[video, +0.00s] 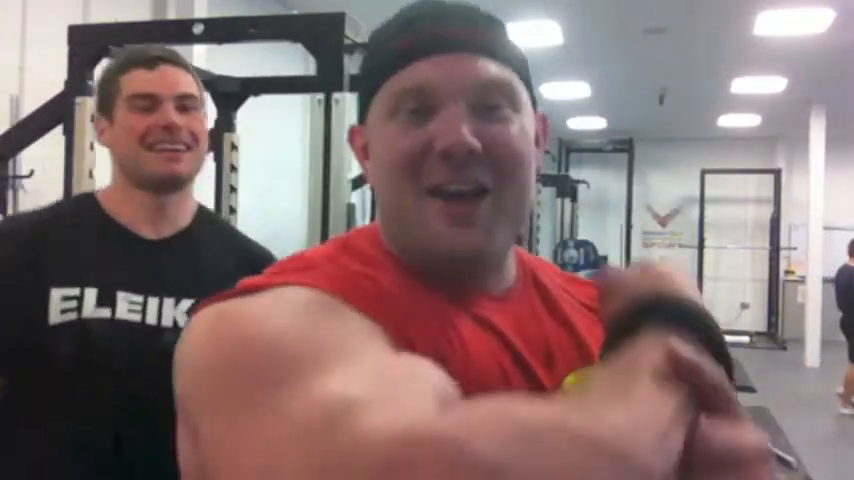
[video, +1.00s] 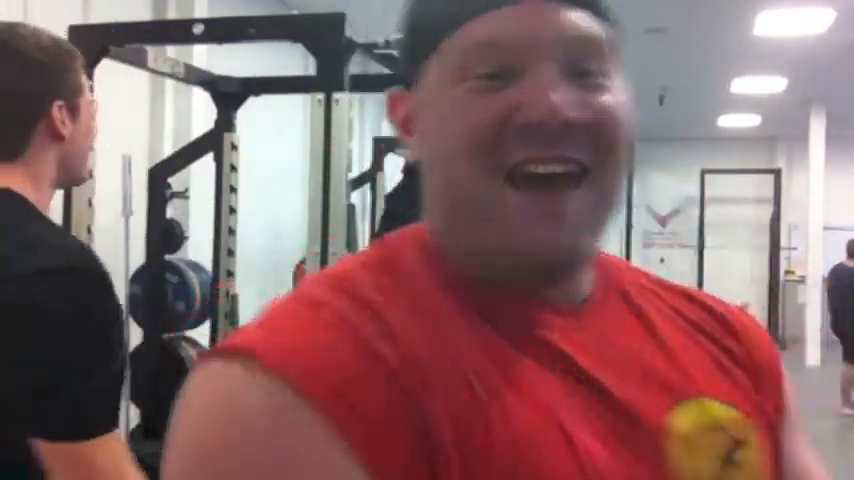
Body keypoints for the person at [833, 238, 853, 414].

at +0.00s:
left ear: (848, 252)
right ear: (852, 252)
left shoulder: (842, 271)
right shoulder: (846, 272)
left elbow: (840, 302)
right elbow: (842, 302)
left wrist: (846, 312)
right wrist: (847, 313)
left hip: (846, 318)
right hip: (849, 319)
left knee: (851, 358)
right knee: (851, 360)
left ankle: (845, 386)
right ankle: (847, 400)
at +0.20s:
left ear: (849, 253)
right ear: (852, 253)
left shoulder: (843, 272)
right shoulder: (846, 273)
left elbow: (841, 302)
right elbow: (843, 303)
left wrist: (847, 312)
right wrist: (848, 313)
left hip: (847, 318)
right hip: (849, 319)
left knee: (851, 359)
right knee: (851, 361)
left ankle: (845, 386)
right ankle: (847, 400)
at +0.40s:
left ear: (848, 252)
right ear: (852, 253)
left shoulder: (842, 270)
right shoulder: (845, 271)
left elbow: (841, 302)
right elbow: (842, 302)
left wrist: (846, 311)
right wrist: (847, 313)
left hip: (846, 319)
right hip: (848, 320)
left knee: (851, 360)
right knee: (851, 361)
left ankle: (846, 390)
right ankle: (847, 399)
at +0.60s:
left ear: (847, 252)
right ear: (852, 252)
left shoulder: (840, 270)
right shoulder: (846, 271)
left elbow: (838, 300)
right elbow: (840, 301)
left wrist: (843, 315)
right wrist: (844, 316)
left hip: (844, 319)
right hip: (848, 320)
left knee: (849, 358)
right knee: (850, 361)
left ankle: (844, 387)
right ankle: (846, 401)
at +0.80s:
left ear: (846, 252)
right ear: (853, 252)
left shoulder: (838, 271)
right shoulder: (845, 272)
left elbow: (834, 300)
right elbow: (837, 301)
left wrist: (840, 315)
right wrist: (842, 317)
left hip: (842, 320)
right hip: (848, 321)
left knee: (849, 362)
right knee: (849, 362)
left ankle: (846, 397)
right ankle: (846, 398)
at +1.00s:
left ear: (847, 251)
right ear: (851, 252)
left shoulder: (837, 271)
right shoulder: (841, 272)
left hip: (844, 327)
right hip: (848, 327)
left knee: (848, 365)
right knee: (849, 365)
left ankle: (846, 403)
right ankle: (846, 404)